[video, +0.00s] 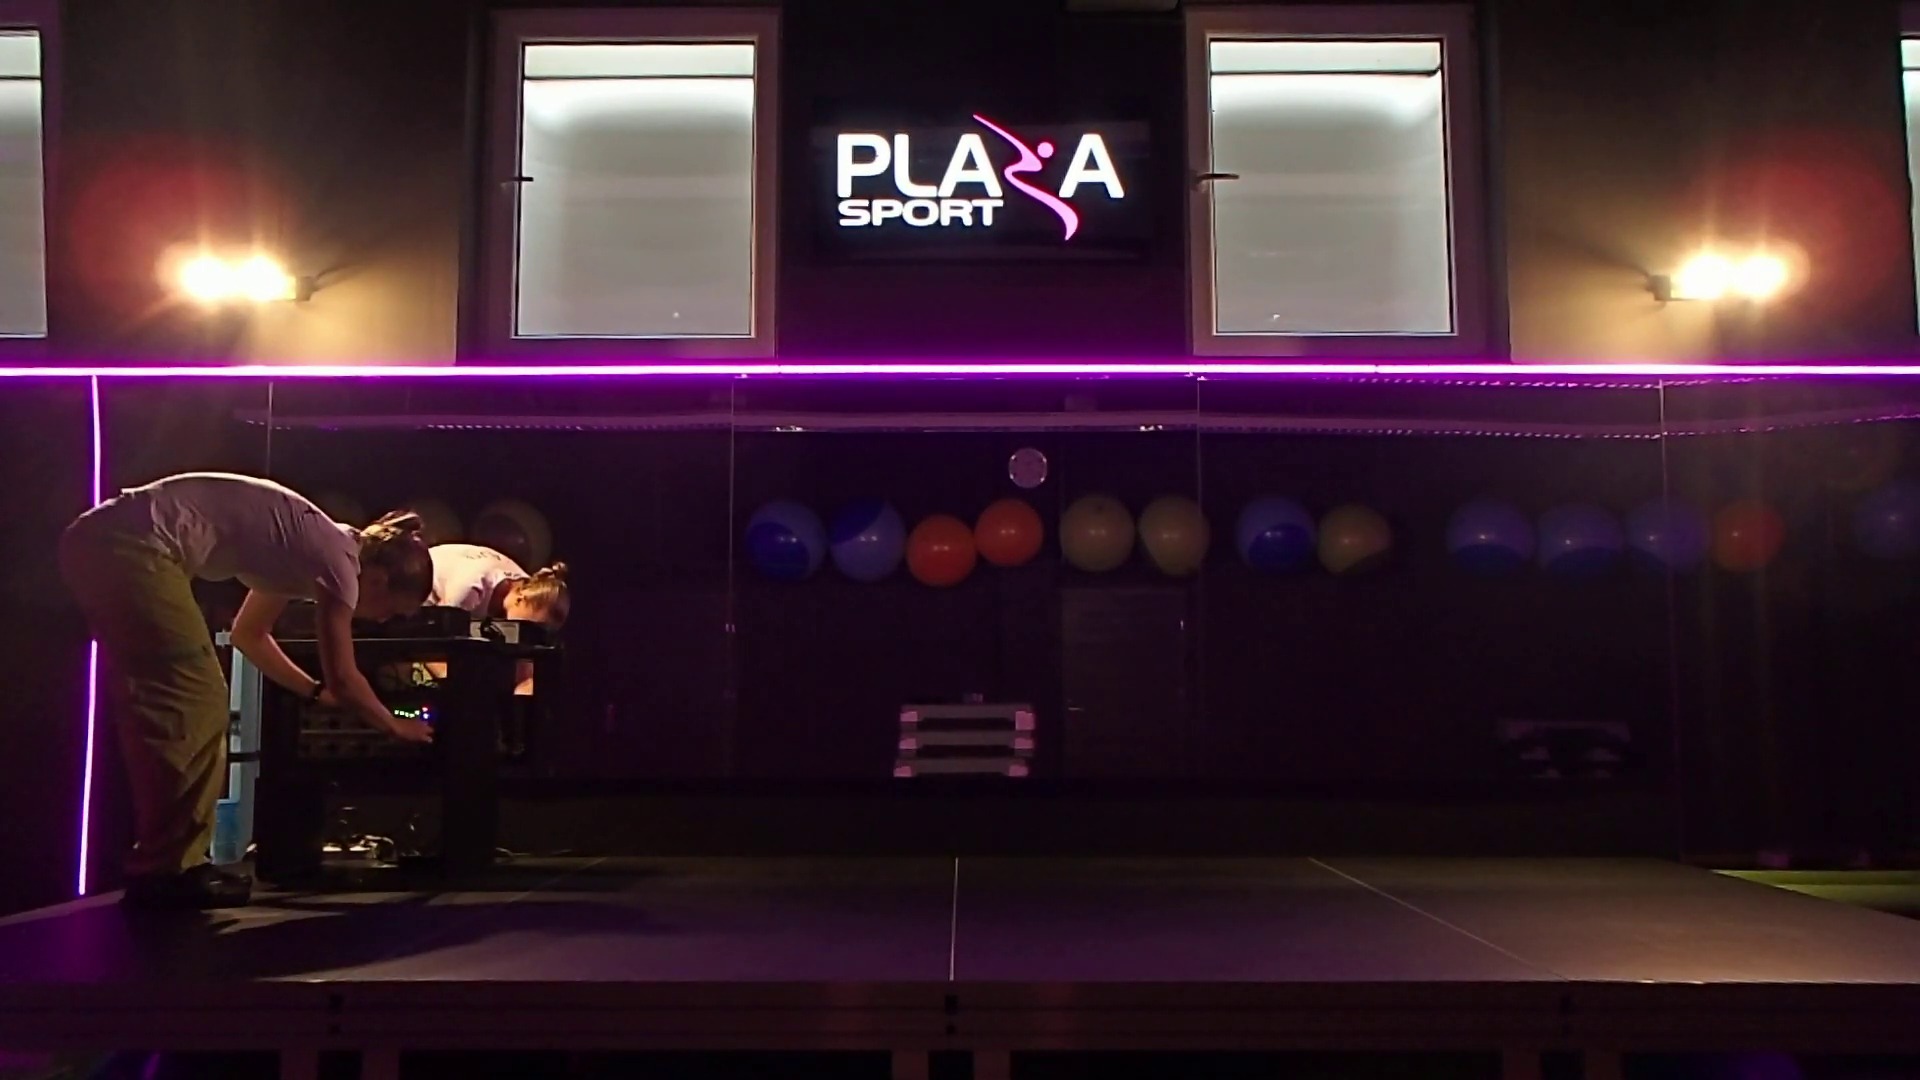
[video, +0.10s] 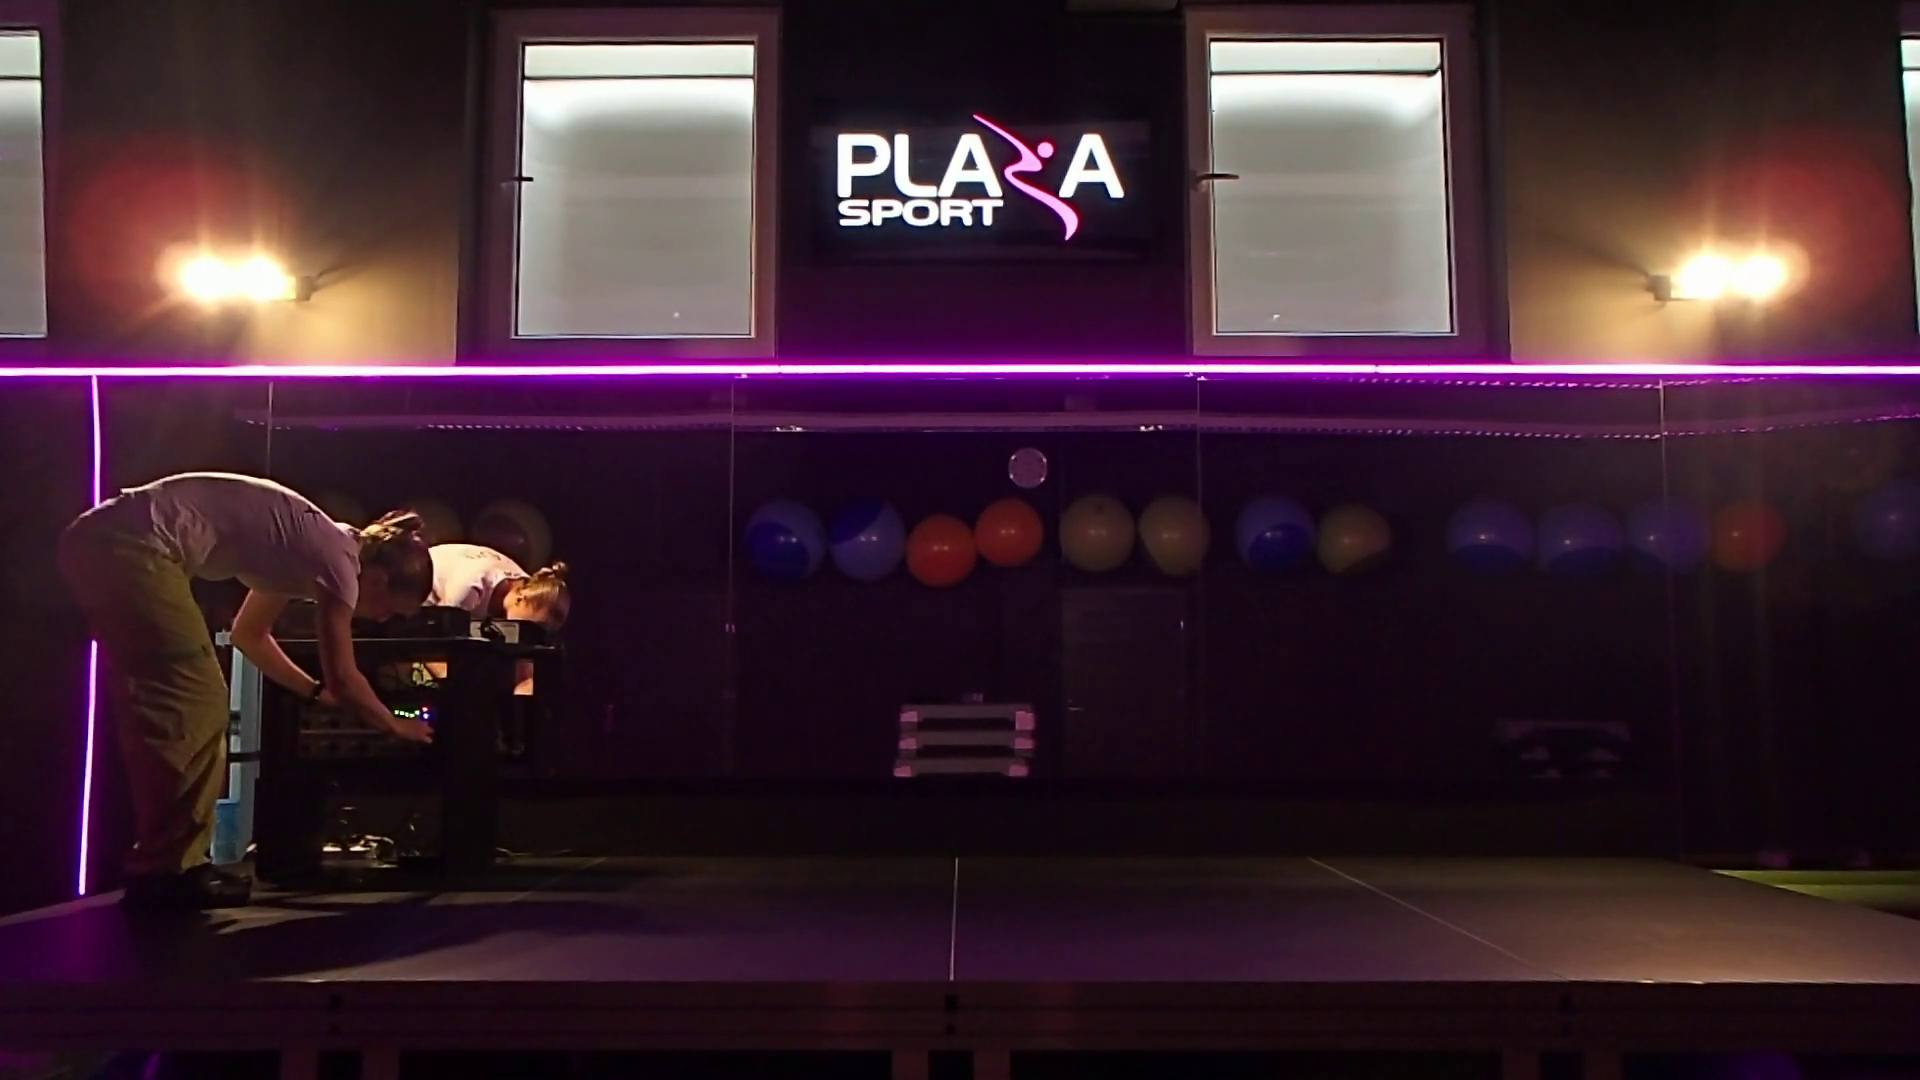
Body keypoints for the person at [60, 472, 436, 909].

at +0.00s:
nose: (380, 619)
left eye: (391, 615)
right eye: (390, 609)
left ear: (379, 571)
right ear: (380, 576)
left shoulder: (297, 552)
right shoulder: (338, 555)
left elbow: (248, 634)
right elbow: (342, 675)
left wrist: (314, 691)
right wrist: (394, 725)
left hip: (115, 543)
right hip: (132, 547)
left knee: (188, 697)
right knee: (197, 697)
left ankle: (168, 866)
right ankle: (169, 869)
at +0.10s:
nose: (380, 618)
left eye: (391, 615)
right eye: (389, 609)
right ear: (379, 576)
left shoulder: (297, 552)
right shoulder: (338, 556)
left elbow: (248, 633)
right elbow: (342, 674)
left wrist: (314, 690)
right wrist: (395, 725)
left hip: (112, 543)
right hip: (133, 547)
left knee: (179, 697)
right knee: (197, 697)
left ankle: (166, 866)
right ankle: (170, 869)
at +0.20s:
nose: (380, 618)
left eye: (391, 615)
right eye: (389, 609)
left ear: (379, 570)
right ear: (379, 576)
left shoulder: (299, 551)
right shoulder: (338, 555)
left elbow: (248, 633)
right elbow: (342, 674)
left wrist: (314, 690)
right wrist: (395, 725)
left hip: (113, 542)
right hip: (132, 547)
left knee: (186, 697)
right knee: (197, 698)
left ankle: (169, 865)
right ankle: (170, 868)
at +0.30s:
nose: (379, 618)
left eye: (391, 614)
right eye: (389, 608)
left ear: (380, 569)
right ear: (380, 575)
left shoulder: (296, 551)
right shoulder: (337, 554)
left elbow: (248, 633)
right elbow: (342, 673)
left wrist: (314, 690)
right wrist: (396, 724)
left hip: (110, 542)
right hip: (132, 548)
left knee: (173, 696)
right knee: (196, 698)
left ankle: (166, 865)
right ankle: (171, 868)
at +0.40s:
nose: (379, 617)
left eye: (391, 613)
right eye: (389, 607)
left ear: (381, 569)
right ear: (380, 575)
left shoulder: (297, 549)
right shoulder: (337, 553)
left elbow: (249, 633)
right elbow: (343, 672)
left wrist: (315, 690)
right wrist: (398, 724)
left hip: (112, 543)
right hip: (132, 547)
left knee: (180, 697)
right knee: (197, 698)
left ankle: (167, 865)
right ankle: (169, 869)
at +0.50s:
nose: (378, 615)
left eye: (390, 611)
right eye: (388, 605)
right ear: (381, 574)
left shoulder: (296, 549)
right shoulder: (336, 551)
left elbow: (249, 632)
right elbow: (344, 672)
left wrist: (315, 691)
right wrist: (398, 722)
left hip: (111, 542)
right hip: (132, 547)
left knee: (181, 699)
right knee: (196, 700)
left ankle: (167, 866)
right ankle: (170, 869)